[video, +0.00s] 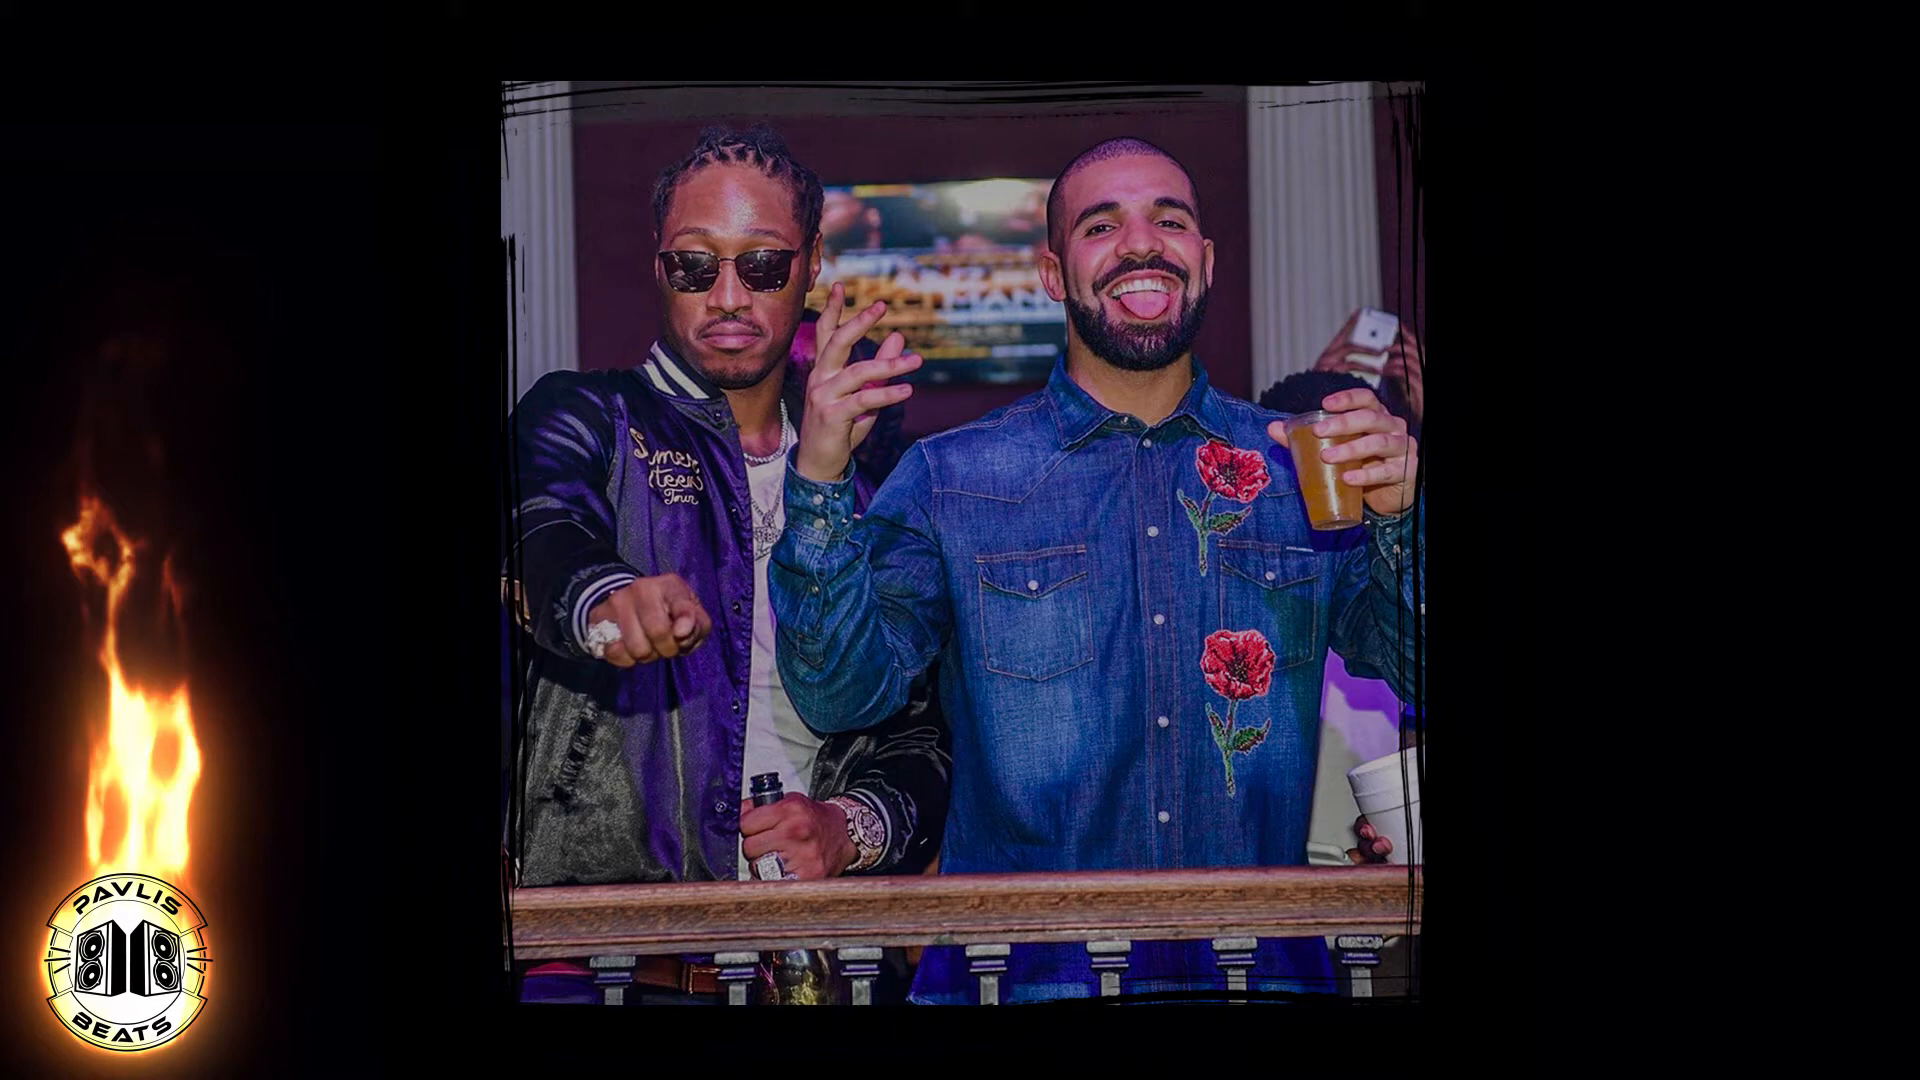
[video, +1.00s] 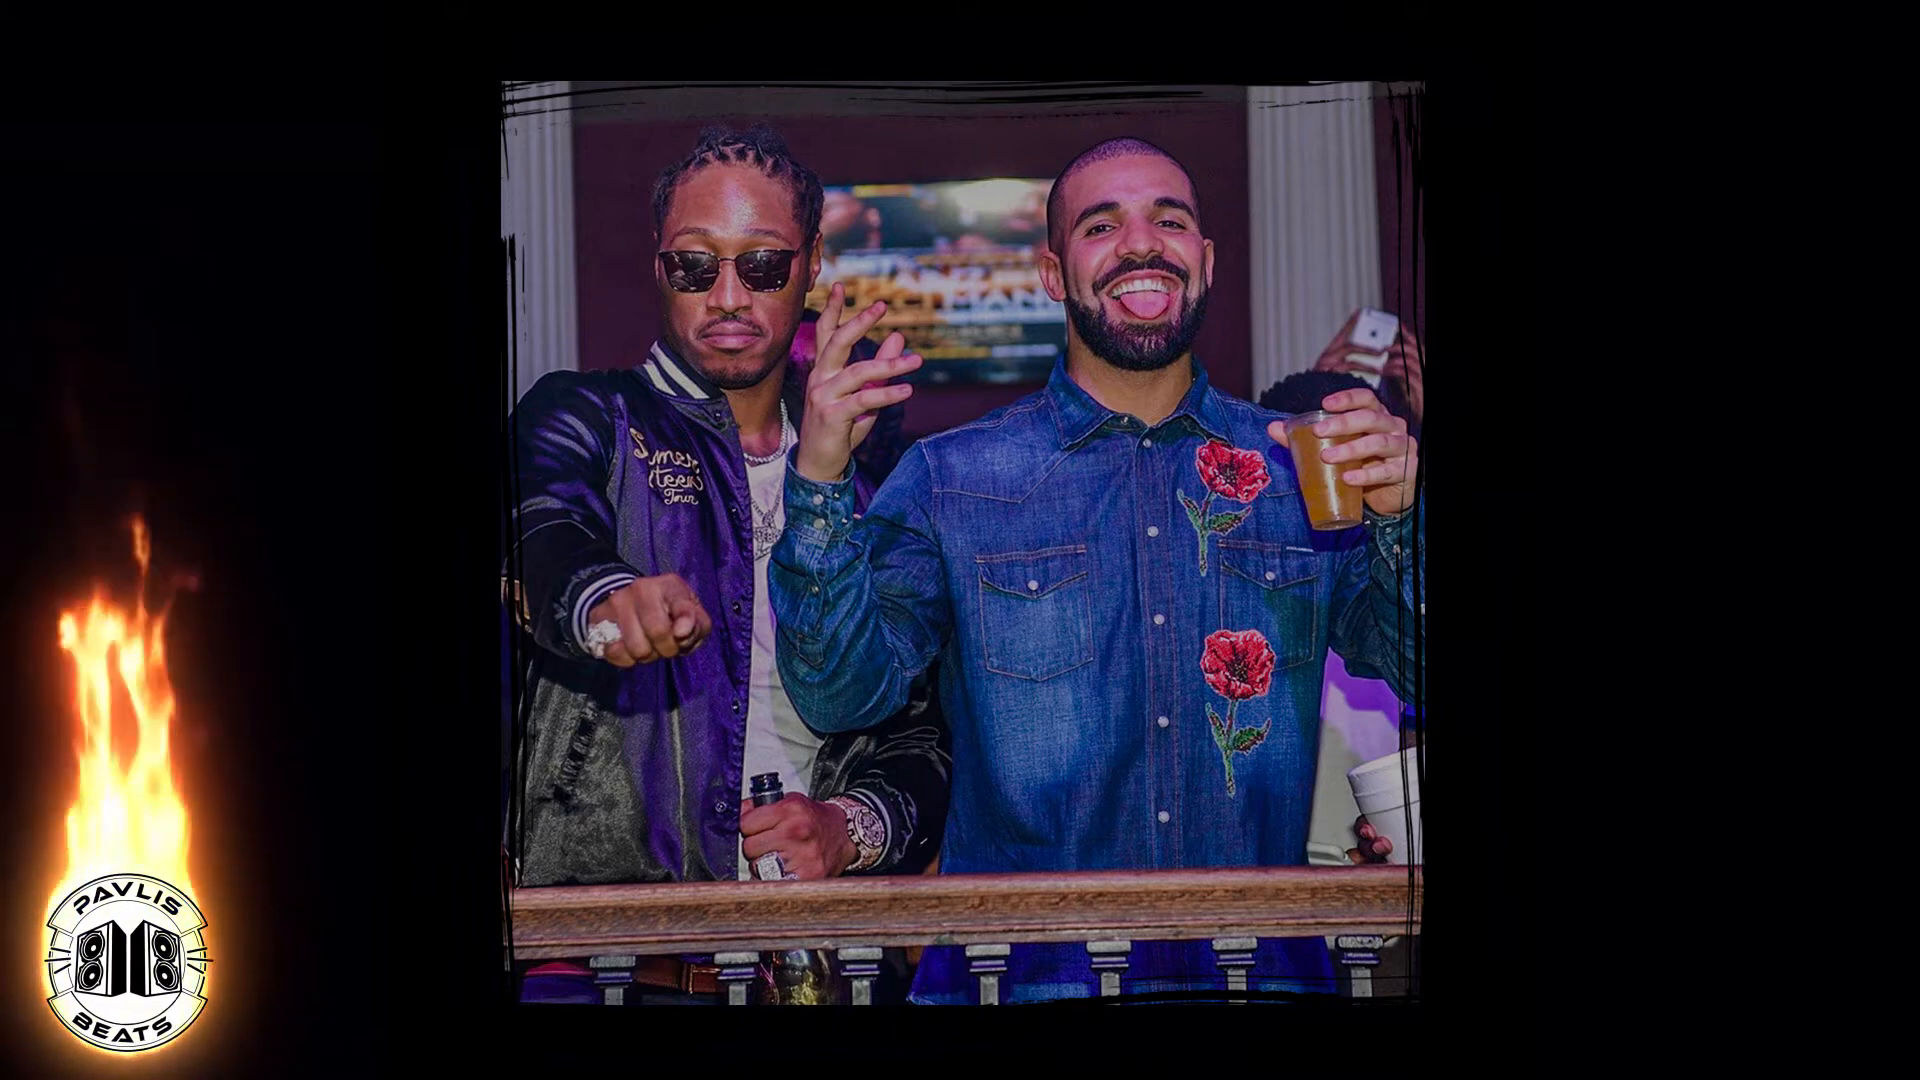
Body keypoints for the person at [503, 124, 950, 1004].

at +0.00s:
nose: (729, 296)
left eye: (763, 266)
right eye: (694, 266)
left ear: (811, 274)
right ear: (658, 274)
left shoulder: (876, 458)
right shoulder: (581, 411)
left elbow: (925, 724)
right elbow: (541, 526)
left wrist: (858, 826)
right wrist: (603, 596)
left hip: (827, 944)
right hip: (606, 944)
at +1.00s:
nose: (729, 296)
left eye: (764, 266)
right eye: (694, 266)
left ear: (811, 274)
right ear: (658, 273)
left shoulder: (879, 459)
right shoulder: (580, 411)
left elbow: (926, 724)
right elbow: (540, 526)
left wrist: (857, 825)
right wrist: (603, 596)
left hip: (827, 942)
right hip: (605, 942)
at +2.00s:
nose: (729, 296)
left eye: (763, 266)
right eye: (694, 266)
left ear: (811, 274)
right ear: (658, 274)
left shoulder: (876, 458)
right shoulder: (581, 411)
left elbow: (925, 724)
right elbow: (541, 526)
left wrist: (858, 825)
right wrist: (603, 596)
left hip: (827, 943)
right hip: (606, 943)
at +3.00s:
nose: (729, 295)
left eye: (764, 266)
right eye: (694, 266)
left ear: (811, 274)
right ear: (658, 273)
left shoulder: (878, 459)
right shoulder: (581, 412)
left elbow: (926, 726)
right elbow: (540, 526)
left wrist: (856, 825)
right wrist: (603, 596)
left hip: (827, 942)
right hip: (606, 942)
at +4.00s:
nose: (729, 295)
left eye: (764, 266)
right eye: (694, 266)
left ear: (811, 274)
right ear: (658, 273)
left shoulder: (878, 459)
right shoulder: (581, 411)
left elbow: (926, 726)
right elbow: (541, 526)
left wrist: (856, 825)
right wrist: (603, 596)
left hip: (826, 942)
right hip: (606, 942)